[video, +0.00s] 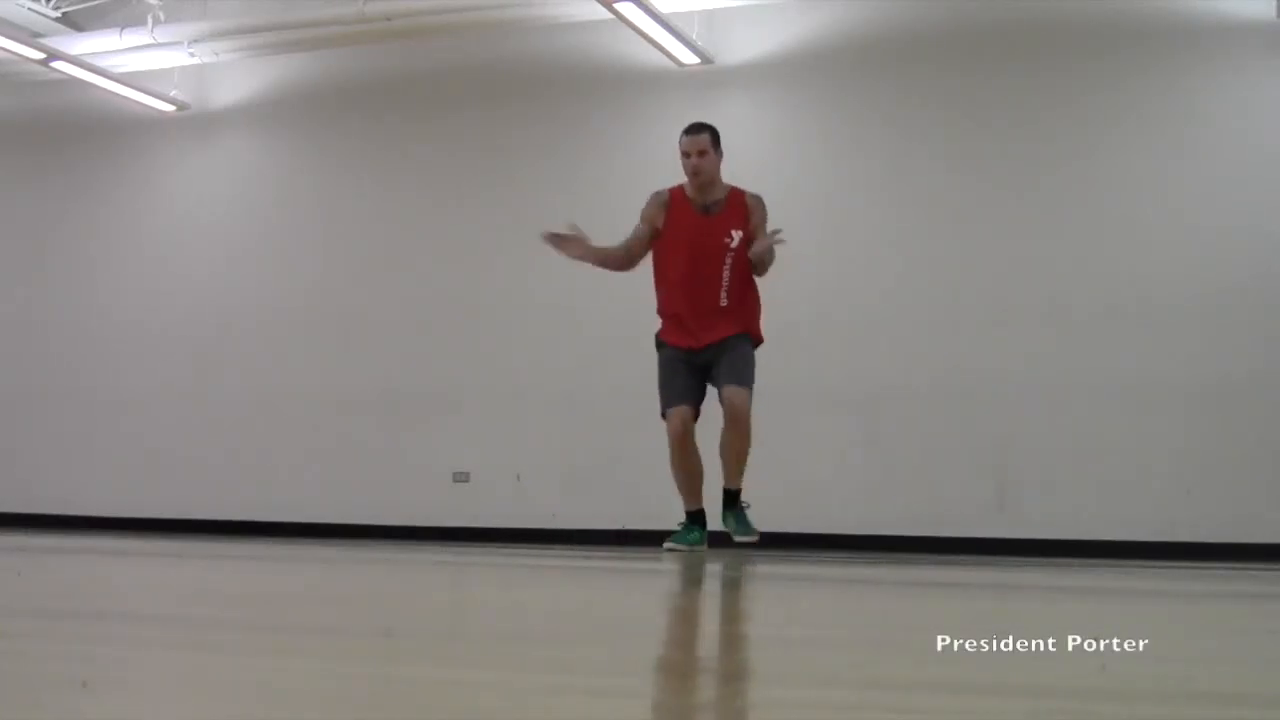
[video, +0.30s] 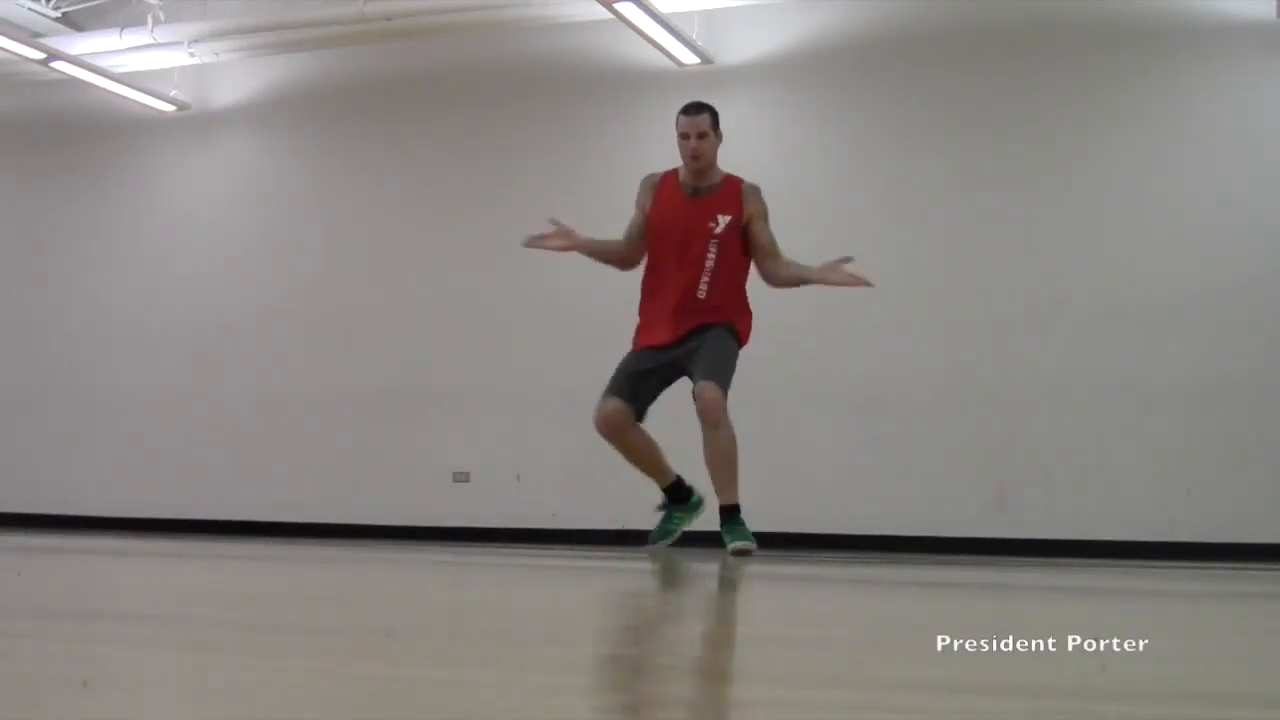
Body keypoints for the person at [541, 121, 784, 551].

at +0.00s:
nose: (693, 162)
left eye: (701, 154)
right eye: (686, 155)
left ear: (719, 156)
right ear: (680, 159)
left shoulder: (749, 206)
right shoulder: (663, 205)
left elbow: (759, 269)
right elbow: (627, 257)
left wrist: (762, 252)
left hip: (732, 332)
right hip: (679, 334)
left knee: (737, 407)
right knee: (679, 424)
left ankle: (733, 505)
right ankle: (694, 523)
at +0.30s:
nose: (692, 145)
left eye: (701, 136)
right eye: (684, 137)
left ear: (718, 140)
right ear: (676, 141)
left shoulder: (744, 196)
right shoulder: (655, 188)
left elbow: (773, 268)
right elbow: (628, 255)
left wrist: (816, 274)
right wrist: (578, 243)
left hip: (715, 325)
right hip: (659, 330)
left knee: (709, 402)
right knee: (611, 418)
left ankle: (731, 519)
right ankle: (680, 496)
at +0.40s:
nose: (674, 155)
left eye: (684, 146)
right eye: (667, 146)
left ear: (702, 150)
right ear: (659, 150)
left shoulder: (728, 206)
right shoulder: (641, 196)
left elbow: (758, 288)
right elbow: (593, 253)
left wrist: (766, 268)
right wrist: (526, 251)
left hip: (720, 336)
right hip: (667, 340)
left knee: (705, 409)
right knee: (595, 389)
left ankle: (732, 522)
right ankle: (623, 511)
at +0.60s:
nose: (631, 188)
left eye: (642, 179)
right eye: (624, 179)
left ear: (661, 185)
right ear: (616, 183)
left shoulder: (679, 232)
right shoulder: (616, 238)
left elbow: (715, 272)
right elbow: (626, 315)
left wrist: (752, 265)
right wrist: (577, 314)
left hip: (680, 375)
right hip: (629, 369)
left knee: (687, 451)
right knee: (578, 394)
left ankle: (722, 516)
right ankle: (586, 521)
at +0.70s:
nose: (621, 194)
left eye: (633, 185)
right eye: (614, 185)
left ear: (653, 192)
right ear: (607, 191)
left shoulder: (676, 242)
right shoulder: (596, 243)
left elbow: (717, 308)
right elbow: (583, 323)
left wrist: (706, 266)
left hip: (669, 386)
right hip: (608, 386)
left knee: (699, 442)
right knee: (569, 415)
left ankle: (716, 502)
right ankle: (587, 521)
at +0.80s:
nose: (622, 202)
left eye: (633, 192)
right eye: (614, 193)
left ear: (654, 197)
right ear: (606, 198)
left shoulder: (682, 255)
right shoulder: (583, 245)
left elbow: (709, 345)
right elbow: (526, 301)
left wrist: (702, 295)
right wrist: (452, 323)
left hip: (655, 392)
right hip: (595, 397)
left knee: (700, 390)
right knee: (570, 433)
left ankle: (709, 513)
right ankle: (580, 511)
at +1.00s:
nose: (616, 221)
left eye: (626, 209)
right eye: (607, 211)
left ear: (649, 209)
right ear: (599, 213)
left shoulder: (682, 278)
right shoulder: (580, 254)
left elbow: (698, 364)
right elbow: (500, 281)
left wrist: (722, 429)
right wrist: (556, 264)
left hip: (639, 412)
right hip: (578, 416)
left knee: (703, 374)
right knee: (553, 507)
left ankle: (693, 518)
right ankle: (562, 524)